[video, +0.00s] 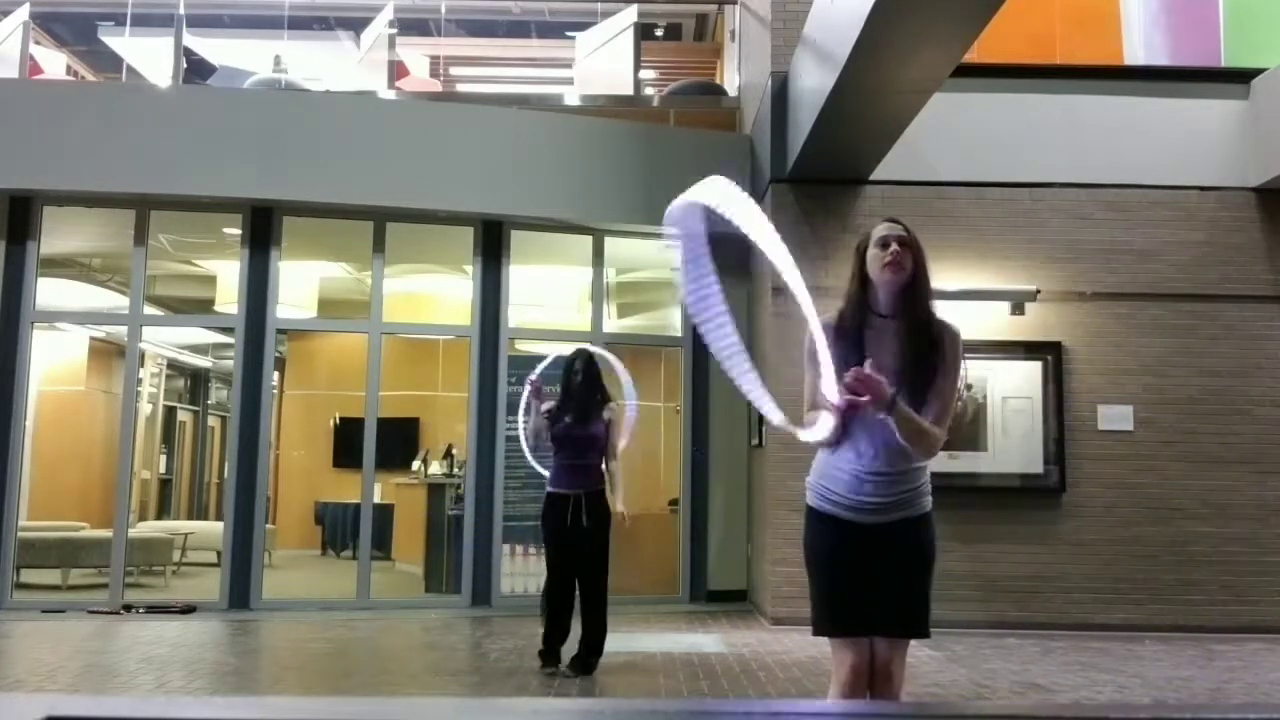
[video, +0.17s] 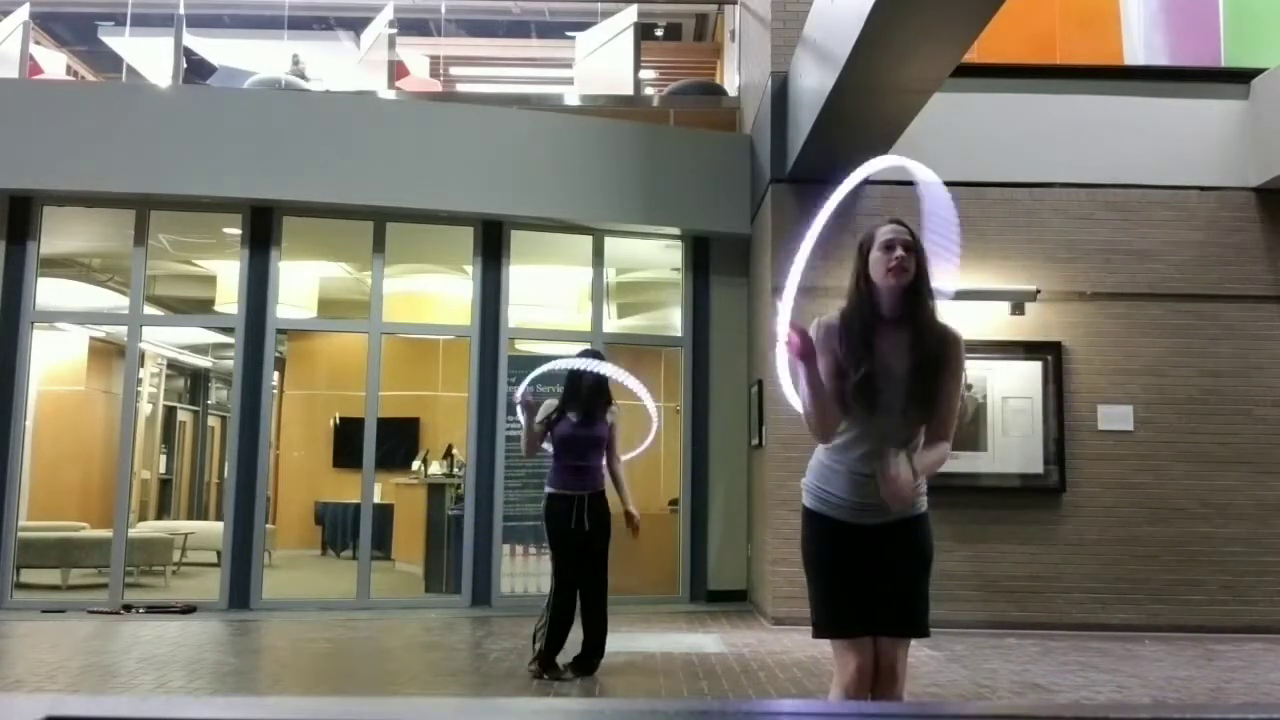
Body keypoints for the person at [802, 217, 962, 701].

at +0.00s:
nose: (895, 249)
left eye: (904, 244)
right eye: (882, 244)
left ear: (917, 263)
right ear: (864, 263)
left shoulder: (942, 338)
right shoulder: (829, 334)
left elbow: (931, 443)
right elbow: (819, 430)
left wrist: (888, 402)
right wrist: (838, 410)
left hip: (905, 513)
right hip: (835, 511)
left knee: (888, 669)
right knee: (853, 666)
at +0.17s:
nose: (899, 254)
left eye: (908, 248)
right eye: (888, 247)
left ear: (919, 264)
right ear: (867, 264)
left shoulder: (943, 342)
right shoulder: (833, 332)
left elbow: (941, 441)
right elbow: (825, 430)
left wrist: (914, 469)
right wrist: (805, 368)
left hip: (902, 511)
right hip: (834, 508)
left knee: (891, 666)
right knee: (857, 667)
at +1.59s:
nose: (887, 246)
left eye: (892, 241)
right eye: (874, 238)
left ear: (898, 258)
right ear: (848, 252)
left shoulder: (898, 311)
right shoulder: (829, 318)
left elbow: (932, 350)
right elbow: (872, 422)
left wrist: (868, 333)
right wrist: (947, 410)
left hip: (883, 507)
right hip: (827, 507)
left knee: (881, 670)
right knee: (838, 673)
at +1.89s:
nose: (885, 238)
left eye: (894, 236)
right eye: (872, 232)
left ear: (900, 260)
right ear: (849, 252)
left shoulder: (910, 320)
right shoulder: (829, 306)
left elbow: (959, 372)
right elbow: (856, 359)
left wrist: (900, 316)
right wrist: (934, 335)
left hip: (888, 505)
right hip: (825, 503)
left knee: (880, 671)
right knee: (835, 673)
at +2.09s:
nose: (880, 233)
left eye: (890, 232)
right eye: (868, 232)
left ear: (903, 260)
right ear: (851, 258)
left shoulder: (917, 330)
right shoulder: (830, 307)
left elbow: (974, 406)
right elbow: (773, 266)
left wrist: (990, 369)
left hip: (888, 505)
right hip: (822, 501)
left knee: (879, 672)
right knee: (835, 673)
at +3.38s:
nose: (849, 231)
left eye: (861, 230)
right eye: (839, 230)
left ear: (879, 255)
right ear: (823, 257)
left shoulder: (905, 315)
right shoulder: (796, 315)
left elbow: (998, 345)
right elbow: (695, 328)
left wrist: (1076, 373)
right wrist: (605, 333)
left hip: (883, 508)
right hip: (812, 507)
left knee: (870, 673)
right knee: (827, 670)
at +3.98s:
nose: (868, 289)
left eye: (873, 292)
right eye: (854, 287)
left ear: (877, 312)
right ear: (826, 304)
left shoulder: (902, 343)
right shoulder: (802, 331)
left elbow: (995, 364)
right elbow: (716, 318)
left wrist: (1075, 397)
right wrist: (628, 309)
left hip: (904, 516)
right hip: (830, 513)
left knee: (883, 674)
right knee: (835, 673)